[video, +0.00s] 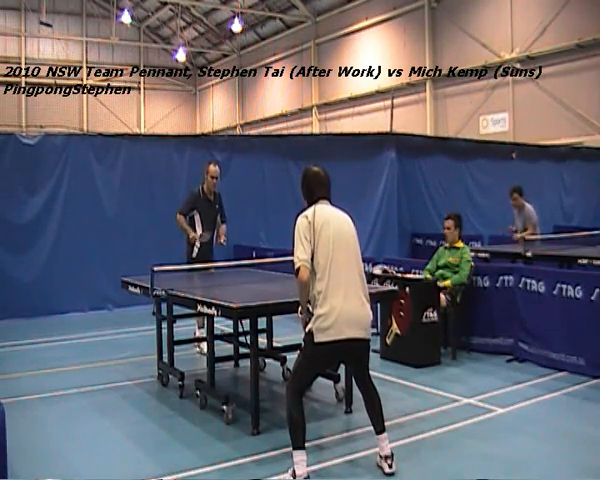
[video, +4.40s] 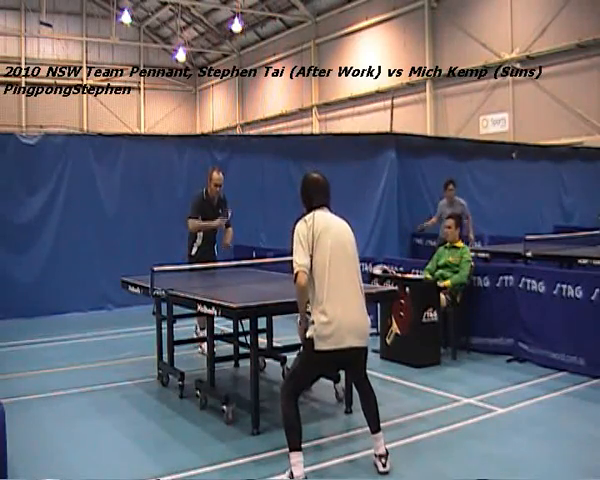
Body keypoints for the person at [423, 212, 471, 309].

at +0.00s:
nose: (445, 232)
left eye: (448, 229)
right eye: (444, 229)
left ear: (457, 230)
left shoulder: (464, 251)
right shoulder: (442, 249)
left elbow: (463, 276)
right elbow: (429, 267)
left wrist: (445, 283)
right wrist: (428, 277)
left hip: (453, 284)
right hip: (436, 281)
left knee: (442, 298)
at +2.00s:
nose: (445, 232)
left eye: (448, 229)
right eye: (444, 229)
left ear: (457, 230)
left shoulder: (464, 251)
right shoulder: (442, 249)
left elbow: (463, 276)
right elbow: (430, 266)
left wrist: (447, 283)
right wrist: (428, 275)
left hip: (453, 284)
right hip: (435, 281)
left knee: (442, 298)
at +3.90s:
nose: (445, 230)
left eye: (449, 227)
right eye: (444, 227)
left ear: (458, 230)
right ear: (442, 229)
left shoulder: (465, 251)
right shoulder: (442, 249)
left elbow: (463, 276)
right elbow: (429, 268)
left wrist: (445, 283)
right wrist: (428, 277)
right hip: (436, 282)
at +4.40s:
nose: (445, 231)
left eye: (449, 228)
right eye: (444, 228)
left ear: (457, 230)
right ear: (441, 229)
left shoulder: (464, 251)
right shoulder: (441, 249)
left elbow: (463, 276)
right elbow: (429, 268)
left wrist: (445, 283)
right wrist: (428, 277)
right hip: (435, 282)